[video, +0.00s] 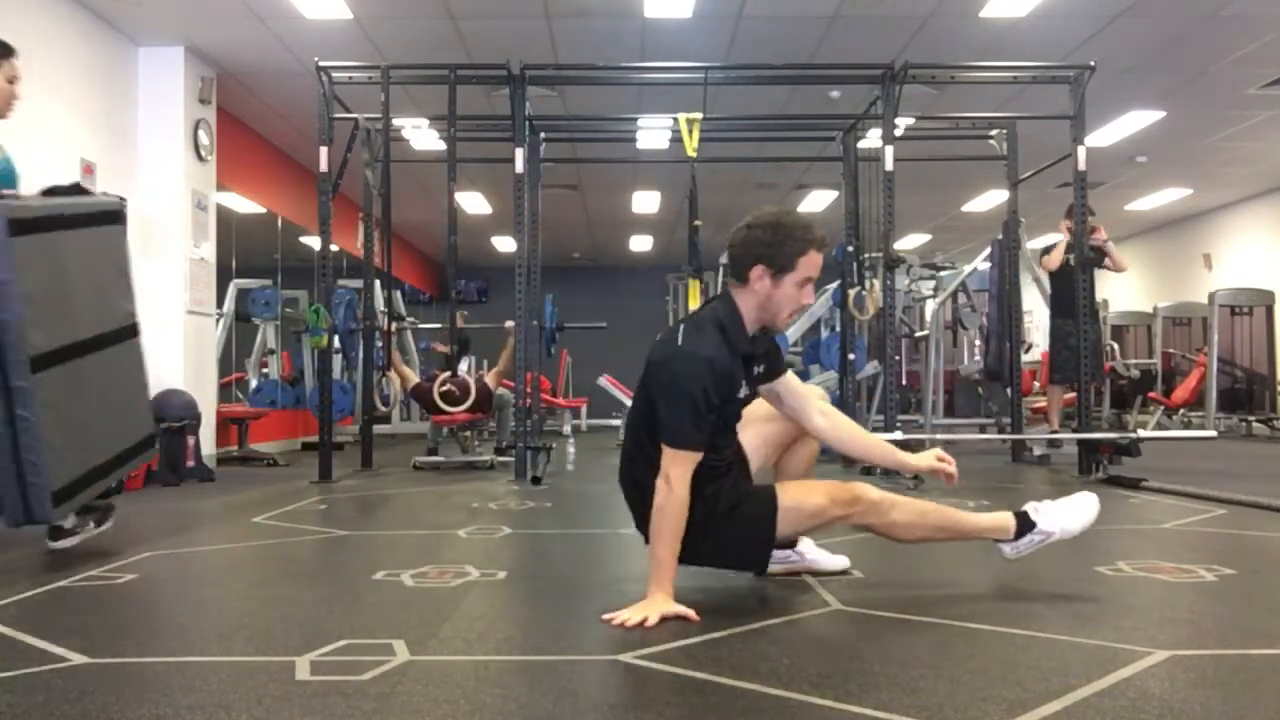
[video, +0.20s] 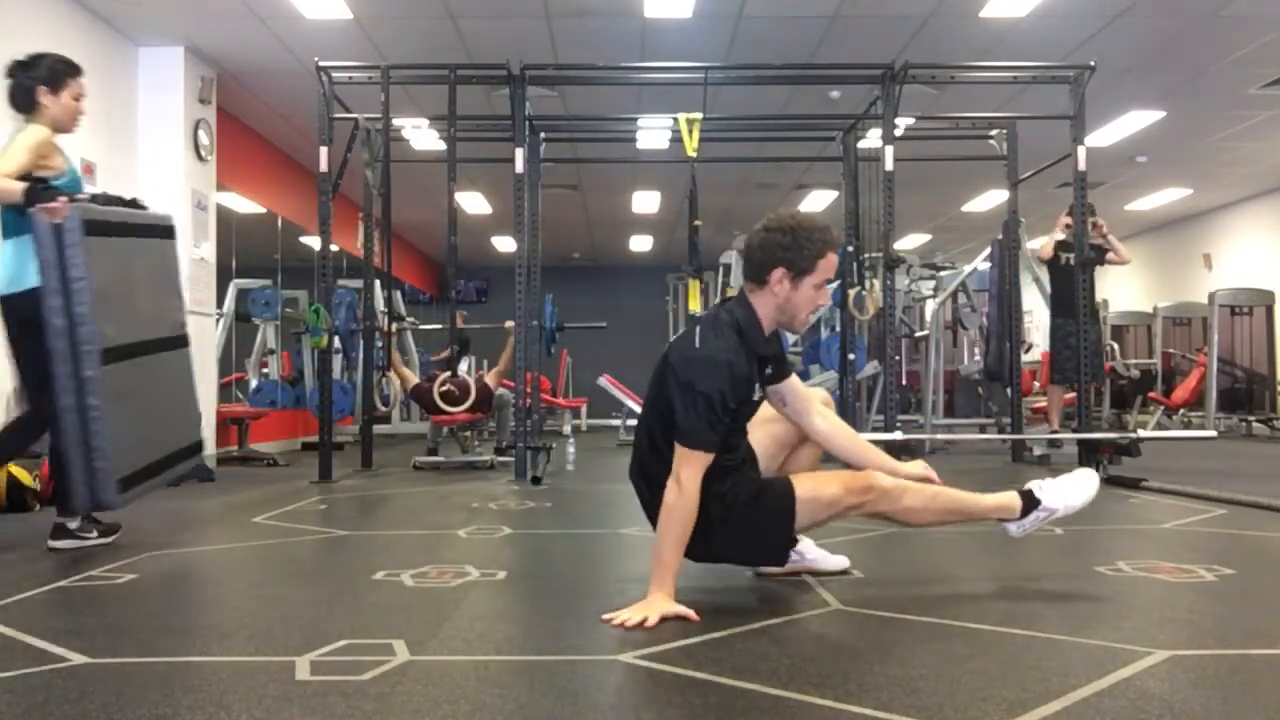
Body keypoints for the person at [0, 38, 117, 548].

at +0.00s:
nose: (15, 92)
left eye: (16, 81)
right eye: (10, 81)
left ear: (16, 85)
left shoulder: (8, 160)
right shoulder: (5, 160)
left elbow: (18, 211)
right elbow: (15, 212)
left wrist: (68, 195)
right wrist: (70, 196)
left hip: (15, 298)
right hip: (9, 300)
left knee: (25, 396)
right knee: (27, 396)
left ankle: (59, 509)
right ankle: (56, 515)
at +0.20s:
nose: (83, 106)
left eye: (84, 97)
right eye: (77, 96)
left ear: (46, 98)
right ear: (46, 96)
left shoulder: (44, 142)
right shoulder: (37, 138)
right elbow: (4, 181)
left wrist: (72, 182)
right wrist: (34, 196)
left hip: (33, 288)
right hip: (31, 288)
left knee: (51, 403)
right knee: (56, 402)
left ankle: (72, 514)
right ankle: (70, 517)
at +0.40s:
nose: (125, 122)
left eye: (126, 112)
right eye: (120, 111)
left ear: (92, 111)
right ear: (92, 108)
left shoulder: (86, 151)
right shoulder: (83, 144)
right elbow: (36, 188)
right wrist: (89, 201)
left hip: (80, 290)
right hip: (79, 290)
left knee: (103, 394)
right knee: (100, 394)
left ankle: (85, 503)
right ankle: (71, 517)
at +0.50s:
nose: (138, 127)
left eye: (139, 118)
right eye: (133, 117)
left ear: (104, 115)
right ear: (106, 114)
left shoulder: (104, 158)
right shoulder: (97, 149)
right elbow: (52, 193)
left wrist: (131, 209)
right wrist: (102, 205)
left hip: (101, 294)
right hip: (94, 294)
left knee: (122, 396)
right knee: (108, 397)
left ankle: (136, 500)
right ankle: (72, 515)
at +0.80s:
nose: (204, 152)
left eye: (205, 143)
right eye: (200, 141)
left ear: (177, 139)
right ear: (173, 137)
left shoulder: (174, 179)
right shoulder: (163, 172)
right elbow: (120, 214)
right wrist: (158, 226)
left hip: (168, 299)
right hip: (162, 300)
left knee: (170, 393)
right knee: (173, 390)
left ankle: (179, 499)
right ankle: (153, 475)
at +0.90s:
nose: (224, 152)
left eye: (225, 144)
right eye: (220, 143)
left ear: (199, 142)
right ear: (195, 139)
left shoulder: (197, 183)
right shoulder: (180, 175)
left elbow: (214, 235)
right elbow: (136, 215)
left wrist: (267, 222)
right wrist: (170, 228)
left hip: (194, 304)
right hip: (176, 305)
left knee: (190, 396)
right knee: (182, 396)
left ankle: (189, 495)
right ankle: (181, 495)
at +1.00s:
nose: (244, 157)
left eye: (245, 150)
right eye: (240, 148)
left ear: (217, 147)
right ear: (216, 145)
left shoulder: (215, 189)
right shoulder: (199, 181)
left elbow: (234, 230)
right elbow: (154, 220)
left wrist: (280, 225)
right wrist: (186, 236)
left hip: (216, 308)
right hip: (194, 309)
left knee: (238, 396)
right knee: (190, 400)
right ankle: (182, 497)